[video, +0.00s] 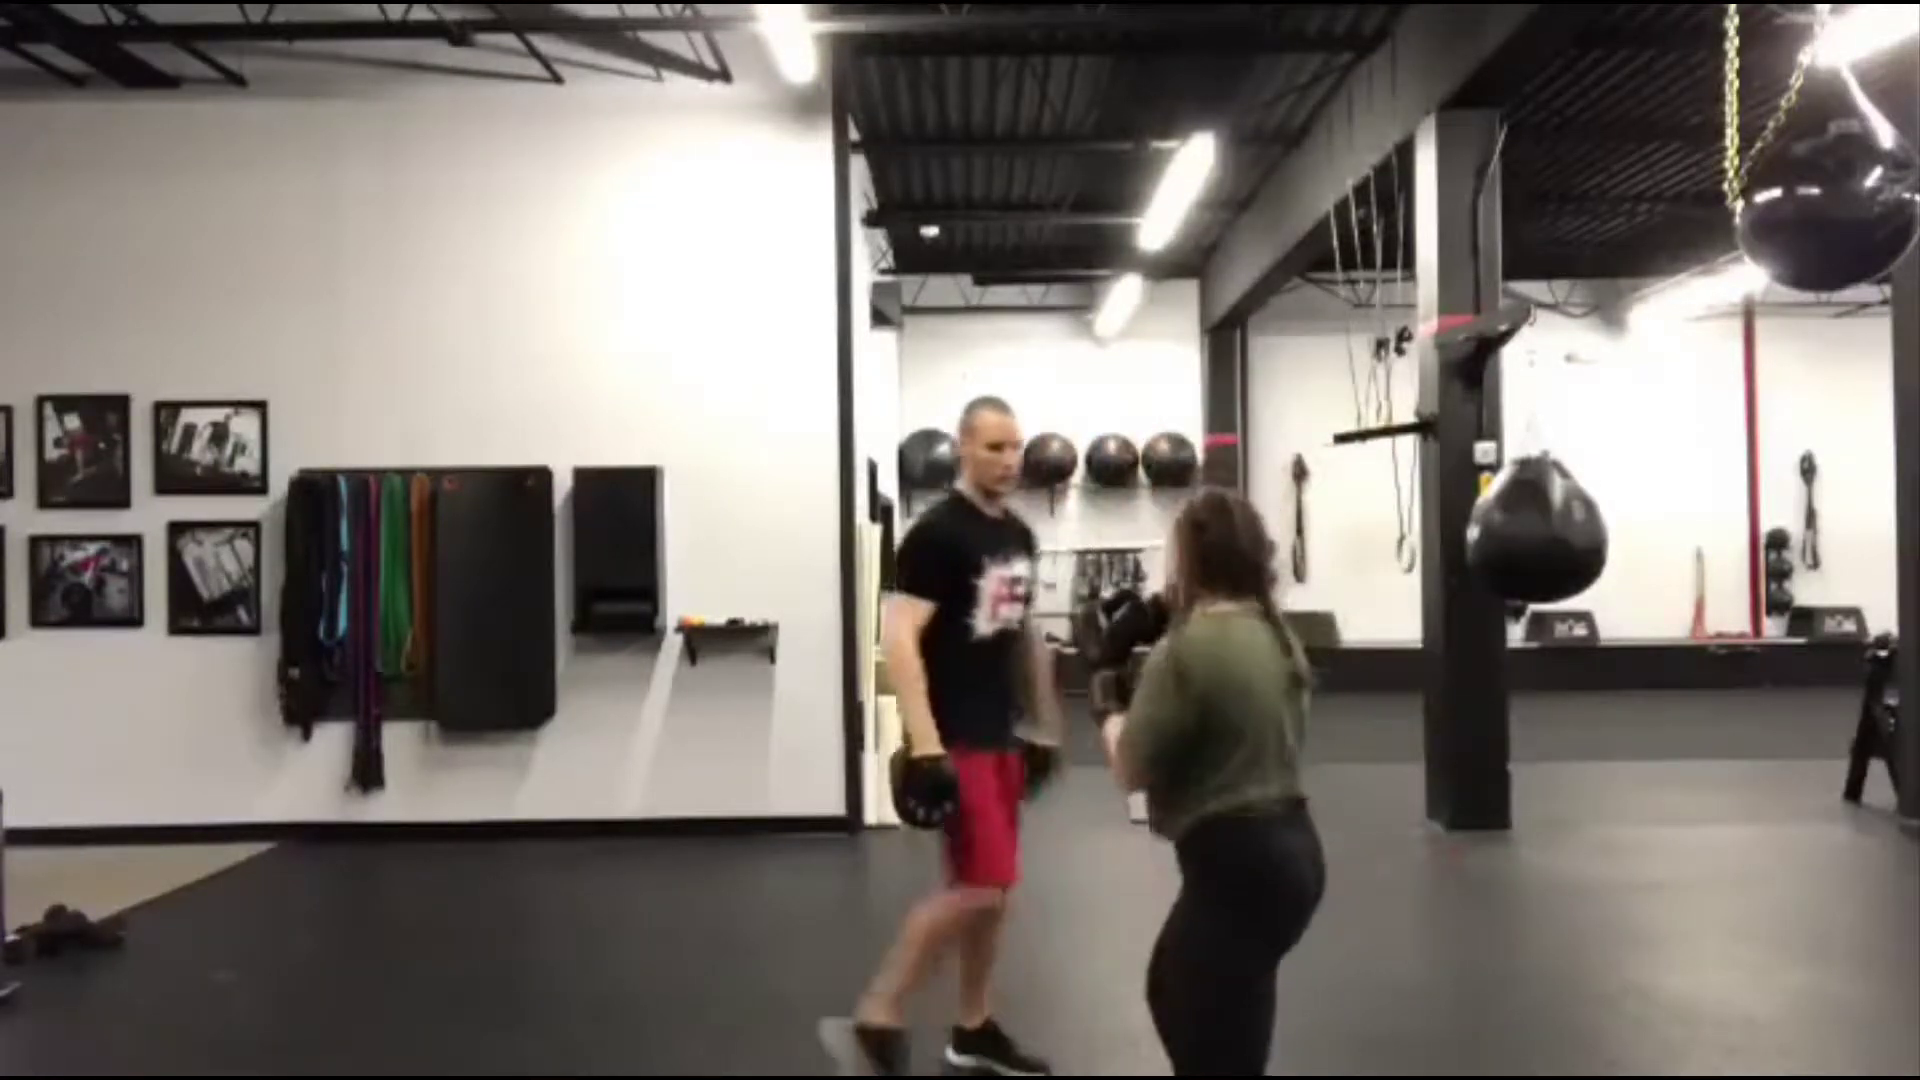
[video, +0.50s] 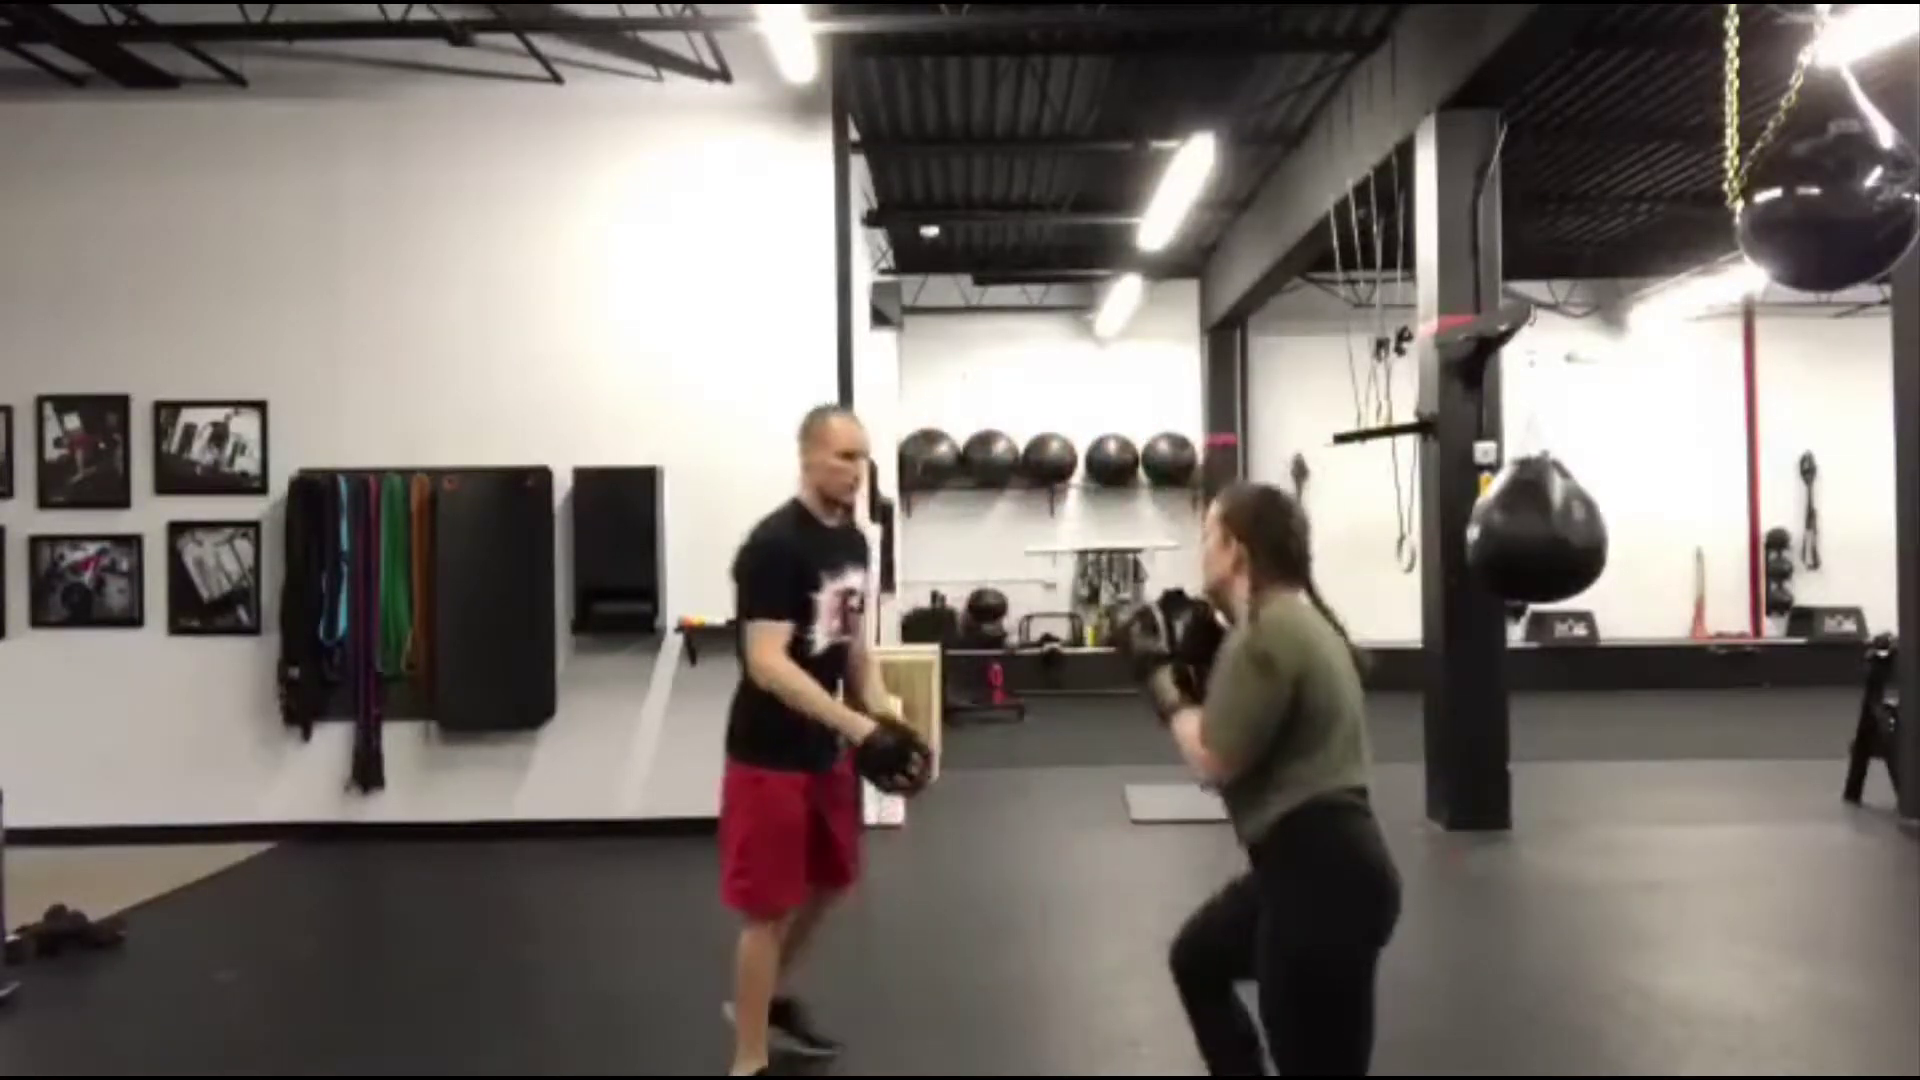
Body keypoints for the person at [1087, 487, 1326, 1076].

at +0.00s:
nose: (1171, 557)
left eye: (1176, 545)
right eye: (1175, 544)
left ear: (1190, 555)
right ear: (1252, 551)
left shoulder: (1186, 649)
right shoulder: (1277, 635)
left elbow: (1129, 766)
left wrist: (1110, 702)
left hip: (1233, 862)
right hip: (1289, 844)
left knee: (1176, 991)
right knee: (1237, 1000)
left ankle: (1215, 1071)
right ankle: (1236, 1068)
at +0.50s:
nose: (1203, 554)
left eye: (1208, 540)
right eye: (1205, 540)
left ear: (1236, 551)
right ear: (1281, 548)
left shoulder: (1265, 636)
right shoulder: (1306, 623)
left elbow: (1213, 761)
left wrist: (1164, 681)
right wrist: (1213, 662)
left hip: (1317, 876)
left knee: (1314, 1061)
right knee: (1198, 957)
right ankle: (1243, 1069)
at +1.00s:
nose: (1152, 528)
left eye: (1161, 515)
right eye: (1157, 514)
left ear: (1186, 528)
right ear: (1197, 527)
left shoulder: (1220, 611)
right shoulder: (1205, 605)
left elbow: (1159, 725)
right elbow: (1172, 701)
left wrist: (1124, 667)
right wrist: (1138, 648)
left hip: (1248, 825)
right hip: (1209, 822)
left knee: (1258, 1027)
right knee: (1154, 971)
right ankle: (1189, 1070)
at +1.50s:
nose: (1177, 521)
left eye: (1186, 508)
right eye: (1181, 508)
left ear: (1215, 518)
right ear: (1226, 519)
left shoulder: (1259, 597)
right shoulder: (1240, 597)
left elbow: (1208, 706)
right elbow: (1212, 691)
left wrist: (1153, 635)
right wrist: (1169, 629)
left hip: (1301, 817)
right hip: (1263, 815)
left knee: (1321, 1020)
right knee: (1152, 912)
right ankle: (1197, 1064)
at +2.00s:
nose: (1143, 508)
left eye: (1153, 495)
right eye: (1148, 495)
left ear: (1182, 506)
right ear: (1189, 507)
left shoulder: (1216, 589)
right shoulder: (1183, 588)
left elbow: (1150, 680)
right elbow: (1155, 668)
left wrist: (1114, 608)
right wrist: (1122, 601)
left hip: (1231, 791)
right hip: (1189, 788)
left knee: (1257, 973)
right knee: (1140, 934)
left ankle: (1351, 1066)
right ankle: (1148, 1070)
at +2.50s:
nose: (1154, 499)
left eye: (1165, 487)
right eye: (1159, 487)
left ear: (1199, 499)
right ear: (1202, 501)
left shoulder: (1230, 576)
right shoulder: (1201, 573)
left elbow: (1169, 669)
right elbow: (1175, 655)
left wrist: (1130, 595)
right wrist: (1137, 593)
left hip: (1254, 782)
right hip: (1208, 779)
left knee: (1285, 962)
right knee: (1126, 898)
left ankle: (1368, 1067)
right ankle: (1137, 1051)